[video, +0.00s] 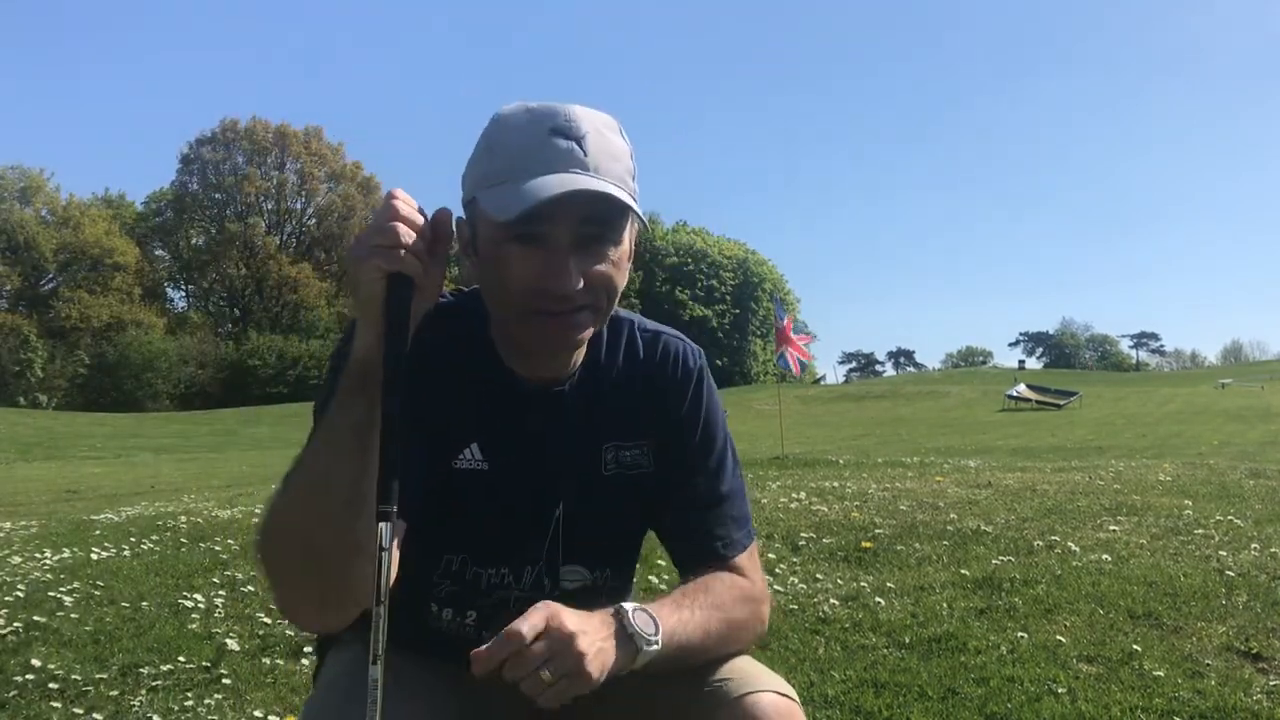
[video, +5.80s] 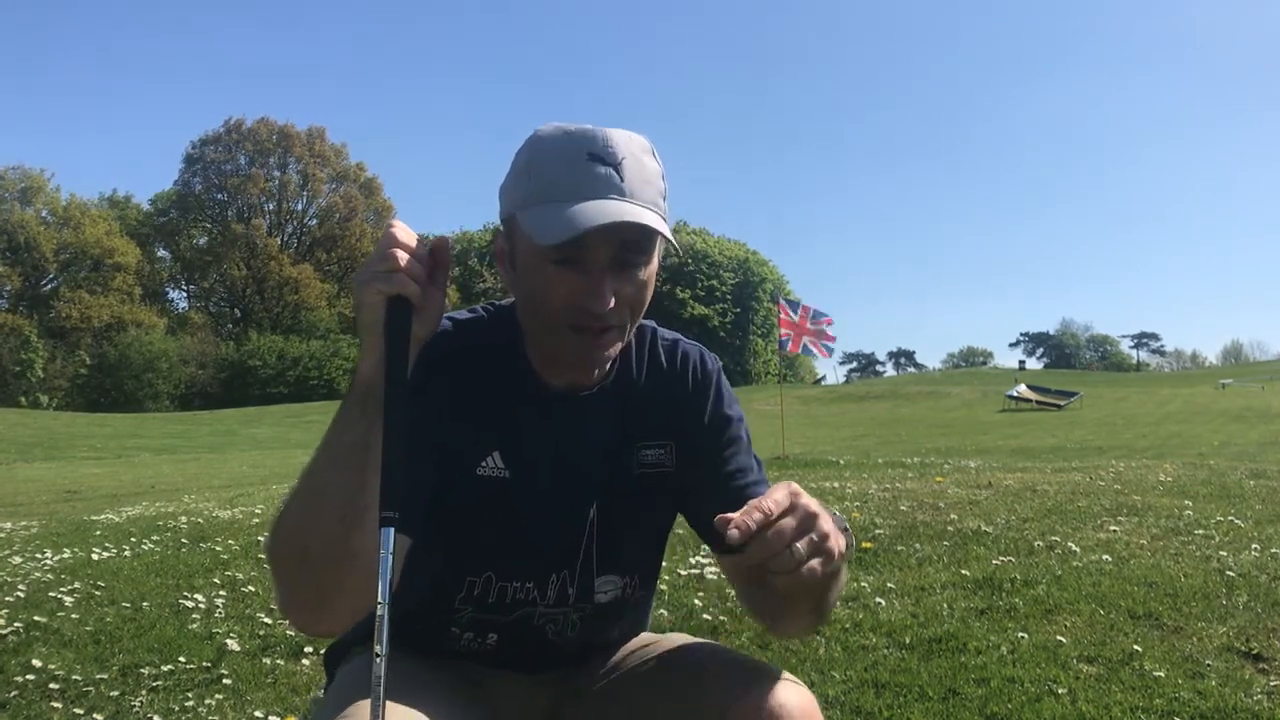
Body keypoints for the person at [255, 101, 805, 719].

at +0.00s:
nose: (564, 279)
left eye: (594, 238)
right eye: (528, 238)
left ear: (631, 248)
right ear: (469, 245)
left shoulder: (666, 372)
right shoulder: (401, 352)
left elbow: (742, 596)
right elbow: (314, 604)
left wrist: (618, 636)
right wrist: (371, 344)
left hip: (599, 668)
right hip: (421, 662)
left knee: (768, 708)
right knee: (346, 700)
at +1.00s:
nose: (597, 291)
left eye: (626, 252)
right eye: (560, 252)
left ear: (660, 263)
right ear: (501, 263)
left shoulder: (688, 388)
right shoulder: (430, 362)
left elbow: (752, 612)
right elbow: (302, 601)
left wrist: (685, 621)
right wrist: (377, 357)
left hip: (607, 666)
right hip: (430, 666)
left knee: (762, 712)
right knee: (348, 708)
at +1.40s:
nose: (604, 292)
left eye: (632, 255)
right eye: (568, 255)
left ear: (665, 262)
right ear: (507, 263)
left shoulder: (692, 388)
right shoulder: (436, 362)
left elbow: (759, 621)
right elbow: (298, 600)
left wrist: (594, 613)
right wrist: (377, 356)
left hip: (606, 666)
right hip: (430, 665)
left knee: (770, 711)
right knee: (351, 702)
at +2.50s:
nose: (607, 292)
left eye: (636, 254)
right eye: (570, 253)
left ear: (666, 268)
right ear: (509, 263)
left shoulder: (693, 388)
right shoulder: (441, 367)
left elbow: (763, 613)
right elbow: (316, 602)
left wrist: (676, 618)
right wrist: (388, 365)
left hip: (609, 668)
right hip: (435, 668)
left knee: (776, 709)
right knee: (351, 710)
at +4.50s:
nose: (596, 289)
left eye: (626, 254)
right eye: (564, 253)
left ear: (663, 275)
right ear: (510, 263)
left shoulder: (689, 390)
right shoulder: (437, 369)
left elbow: (765, 607)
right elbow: (303, 606)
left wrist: (668, 647)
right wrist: (377, 367)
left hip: (612, 670)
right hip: (432, 669)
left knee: (778, 711)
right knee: (346, 715)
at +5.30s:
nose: (610, 316)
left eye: (638, 281)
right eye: (578, 279)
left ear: (668, 278)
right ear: (514, 269)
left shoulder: (692, 392)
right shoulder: (435, 370)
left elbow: (752, 587)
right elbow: (312, 607)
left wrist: (748, 624)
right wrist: (379, 368)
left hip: (606, 672)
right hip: (433, 673)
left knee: (780, 711)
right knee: (352, 715)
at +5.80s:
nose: (600, 295)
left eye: (628, 259)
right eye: (569, 257)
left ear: (659, 261)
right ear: (505, 254)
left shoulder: (683, 379)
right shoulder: (433, 364)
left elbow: (789, 617)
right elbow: (314, 608)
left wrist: (808, 558)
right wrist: (379, 369)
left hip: (606, 665)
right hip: (434, 672)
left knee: (782, 708)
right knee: (371, 712)